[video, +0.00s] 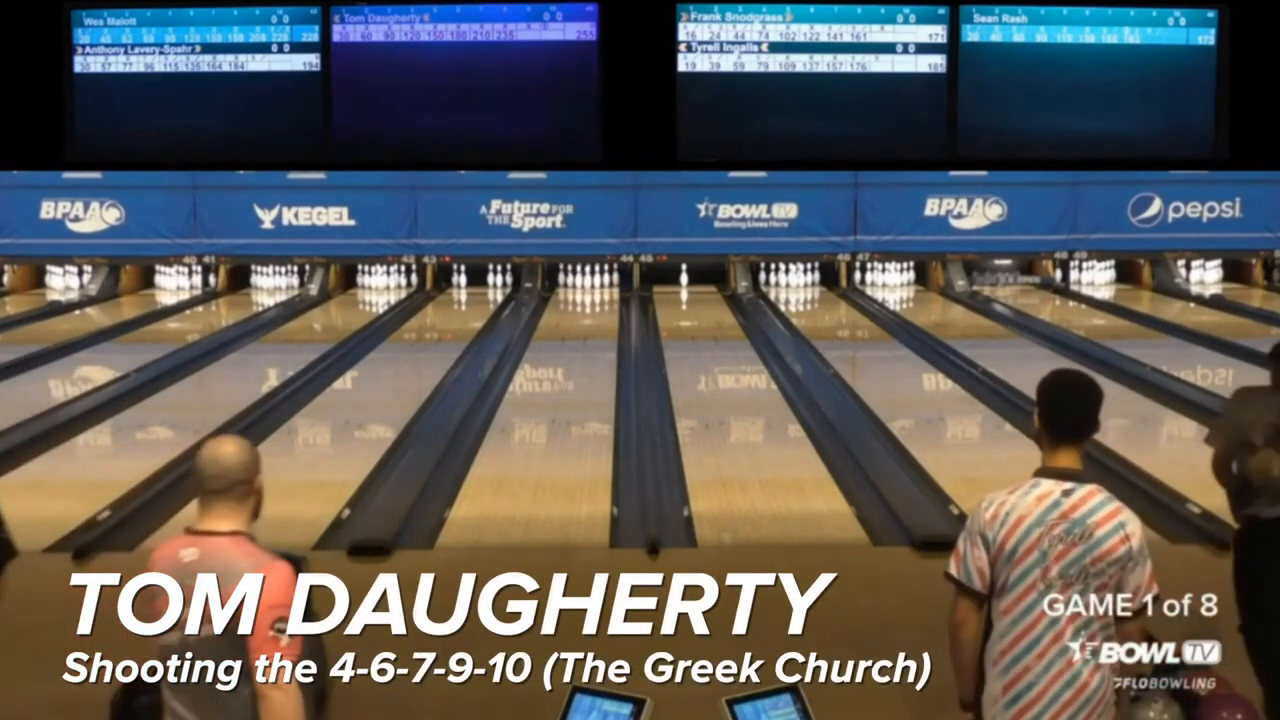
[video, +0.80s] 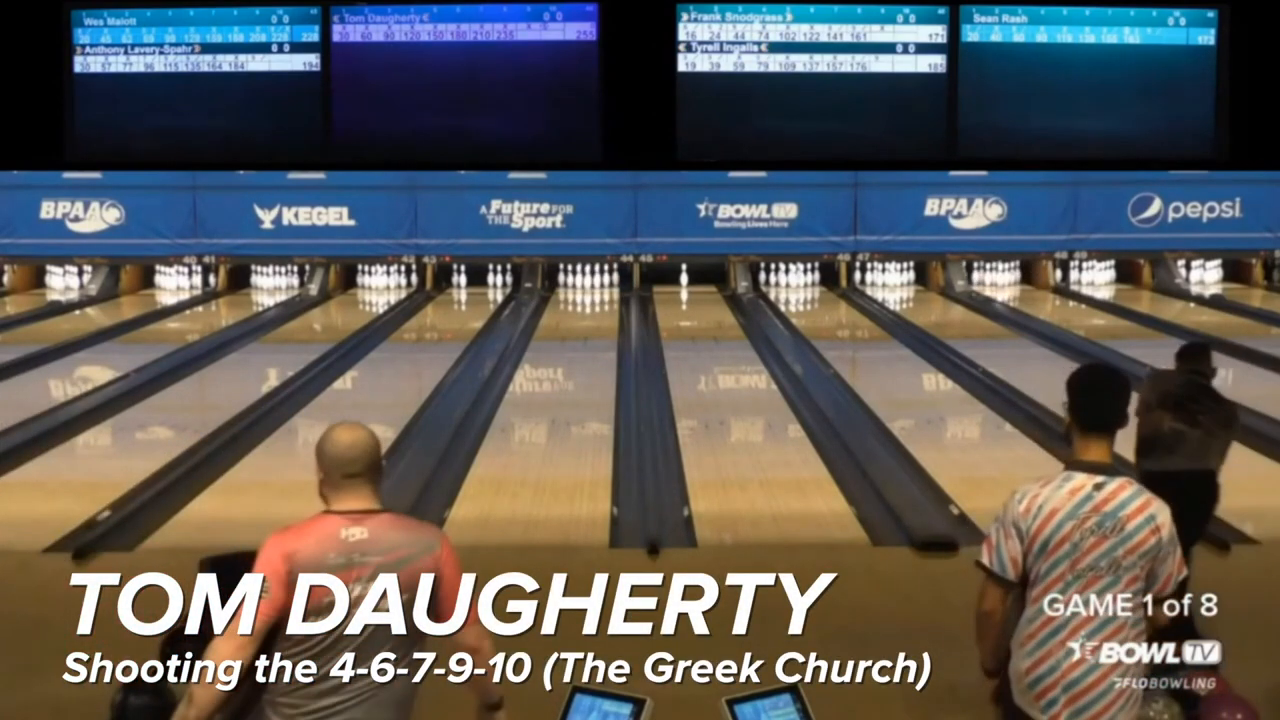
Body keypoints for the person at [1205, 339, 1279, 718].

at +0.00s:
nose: (1273, 375)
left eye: (1272, 366)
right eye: (1273, 366)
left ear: (1270, 367)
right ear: (1271, 367)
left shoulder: (1248, 401)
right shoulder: (1249, 401)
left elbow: (1220, 461)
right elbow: (1221, 461)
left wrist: (1239, 499)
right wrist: (1238, 499)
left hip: (1259, 529)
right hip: (1261, 529)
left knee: (1259, 627)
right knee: (1260, 627)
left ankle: (1272, 702)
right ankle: (1271, 702)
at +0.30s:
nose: (1263, 381)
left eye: (1262, 373)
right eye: (1263, 372)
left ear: (1242, 366)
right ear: (1273, 368)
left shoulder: (1221, 394)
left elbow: (1192, 446)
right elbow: (1194, 447)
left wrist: (1209, 489)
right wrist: (1210, 488)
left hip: (1229, 514)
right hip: (1271, 514)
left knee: (1227, 607)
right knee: (1273, 612)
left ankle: (1224, 689)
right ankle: (1276, 699)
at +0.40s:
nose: (1251, 382)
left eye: (1251, 375)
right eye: (1251, 375)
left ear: (1221, 369)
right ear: (1255, 374)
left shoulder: (1199, 399)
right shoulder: (1267, 412)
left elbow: (1172, 443)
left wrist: (1188, 479)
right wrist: (1237, 459)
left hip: (1203, 512)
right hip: (1255, 513)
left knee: (1203, 600)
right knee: (1250, 600)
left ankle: (1207, 686)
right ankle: (1271, 686)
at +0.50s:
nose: (1236, 376)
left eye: (1232, 369)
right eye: (1238, 370)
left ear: (1208, 368)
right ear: (1243, 373)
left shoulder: (1186, 393)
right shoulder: (1256, 412)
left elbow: (1164, 436)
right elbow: (1269, 458)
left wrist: (1181, 475)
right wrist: (1241, 462)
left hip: (1191, 504)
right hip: (1242, 506)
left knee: (1197, 589)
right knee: (1227, 586)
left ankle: (1205, 666)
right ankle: (1262, 666)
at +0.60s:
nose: (1228, 374)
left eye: (1222, 367)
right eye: (1229, 368)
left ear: (1197, 365)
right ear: (1232, 371)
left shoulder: (1177, 389)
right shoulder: (1247, 409)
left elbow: (1158, 436)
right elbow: (1252, 462)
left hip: (1185, 495)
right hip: (1231, 499)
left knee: (1200, 576)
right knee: (1208, 575)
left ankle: (1221, 658)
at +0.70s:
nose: (1217, 371)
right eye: (1217, 367)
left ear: (1184, 363)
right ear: (1217, 370)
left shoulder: (1163, 384)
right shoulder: (1232, 408)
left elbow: (1148, 433)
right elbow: (1221, 467)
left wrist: (1153, 470)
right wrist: (1216, 529)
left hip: (1163, 484)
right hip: (1209, 489)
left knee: (1162, 551)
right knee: (1194, 560)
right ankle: (1189, 629)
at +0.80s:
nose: (1207, 373)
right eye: (1208, 368)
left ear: (1178, 364)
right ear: (1210, 371)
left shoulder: (1156, 387)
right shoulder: (1225, 408)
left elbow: (1143, 432)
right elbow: (1216, 458)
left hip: (1154, 482)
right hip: (1199, 488)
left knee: (1154, 551)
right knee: (1180, 555)